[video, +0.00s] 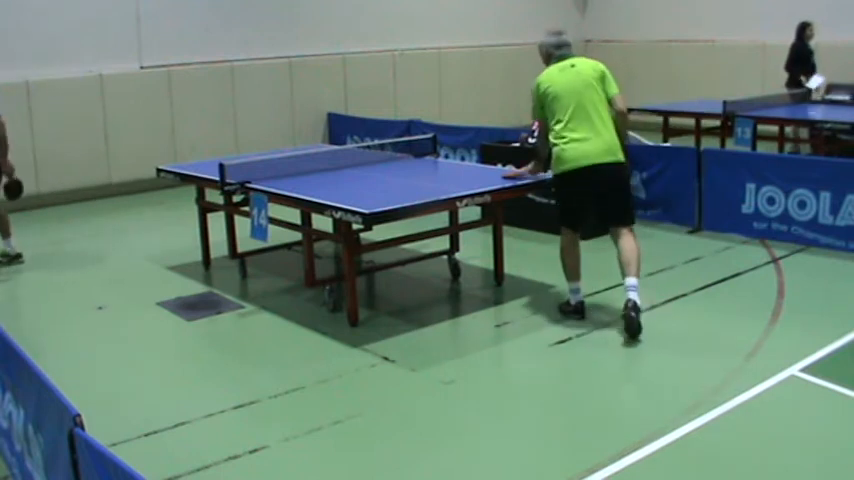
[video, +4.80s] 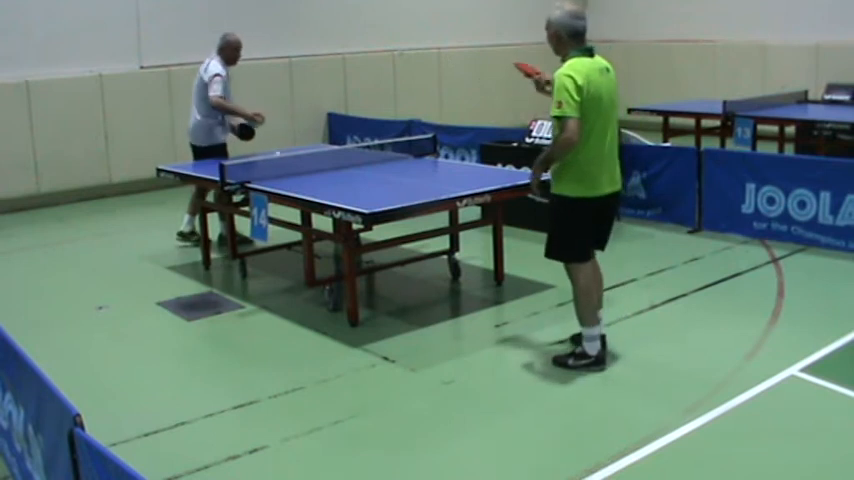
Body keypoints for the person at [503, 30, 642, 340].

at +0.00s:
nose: (540, 61)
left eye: (540, 56)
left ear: (545, 55)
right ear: (570, 49)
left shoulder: (542, 82)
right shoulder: (596, 68)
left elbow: (542, 132)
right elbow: (620, 109)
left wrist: (539, 164)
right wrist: (619, 145)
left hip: (570, 167)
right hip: (610, 161)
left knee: (569, 233)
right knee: (623, 230)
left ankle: (575, 300)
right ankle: (633, 298)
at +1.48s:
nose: (560, 35)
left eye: (562, 30)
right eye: (561, 29)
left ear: (571, 35)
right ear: (599, 35)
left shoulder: (572, 75)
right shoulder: (622, 73)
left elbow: (557, 137)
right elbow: (619, 125)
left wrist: (549, 121)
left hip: (581, 189)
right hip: (617, 185)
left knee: (583, 266)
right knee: (609, 253)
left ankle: (590, 350)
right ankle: (624, 327)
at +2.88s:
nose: (594, 38)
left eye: (594, 33)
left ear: (596, 35)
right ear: (627, 35)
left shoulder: (591, 72)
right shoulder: (648, 74)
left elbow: (577, 131)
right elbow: (661, 131)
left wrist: (577, 143)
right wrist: (627, 126)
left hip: (595, 184)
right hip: (637, 184)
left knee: (578, 256)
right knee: (626, 252)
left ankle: (587, 340)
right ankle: (625, 338)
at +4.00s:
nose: (581, 40)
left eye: (582, 35)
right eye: (586, 34)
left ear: (585, 35)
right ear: (615, 33)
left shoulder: (583, 73)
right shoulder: (636, 71)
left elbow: (572, 138)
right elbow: (626, 122)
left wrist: (557, 137)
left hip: (586, 184)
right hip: (626, 183)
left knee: (583, 260)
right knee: (616, 252)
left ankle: (591, 347)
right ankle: (624, 339)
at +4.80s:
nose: (547, 41)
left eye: (548, 36)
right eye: (547, 36)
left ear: (556, 37)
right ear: (582, 35)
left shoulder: (568, 75)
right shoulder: (604, 67)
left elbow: (570, 136)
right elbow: (594, 104)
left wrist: (539, 167)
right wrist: (552, 89)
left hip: (578, 189)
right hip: (605, 184)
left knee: (575, 260)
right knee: (585, 256)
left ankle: (591, 347)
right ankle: (593, 331)